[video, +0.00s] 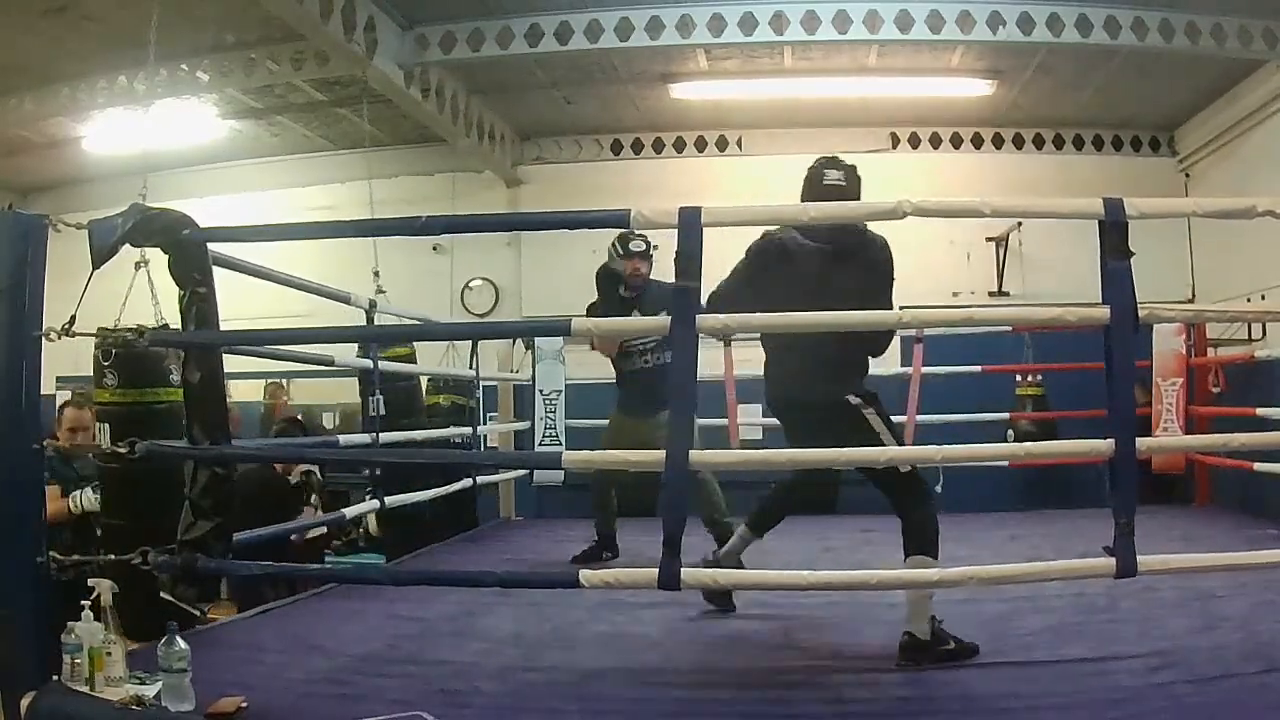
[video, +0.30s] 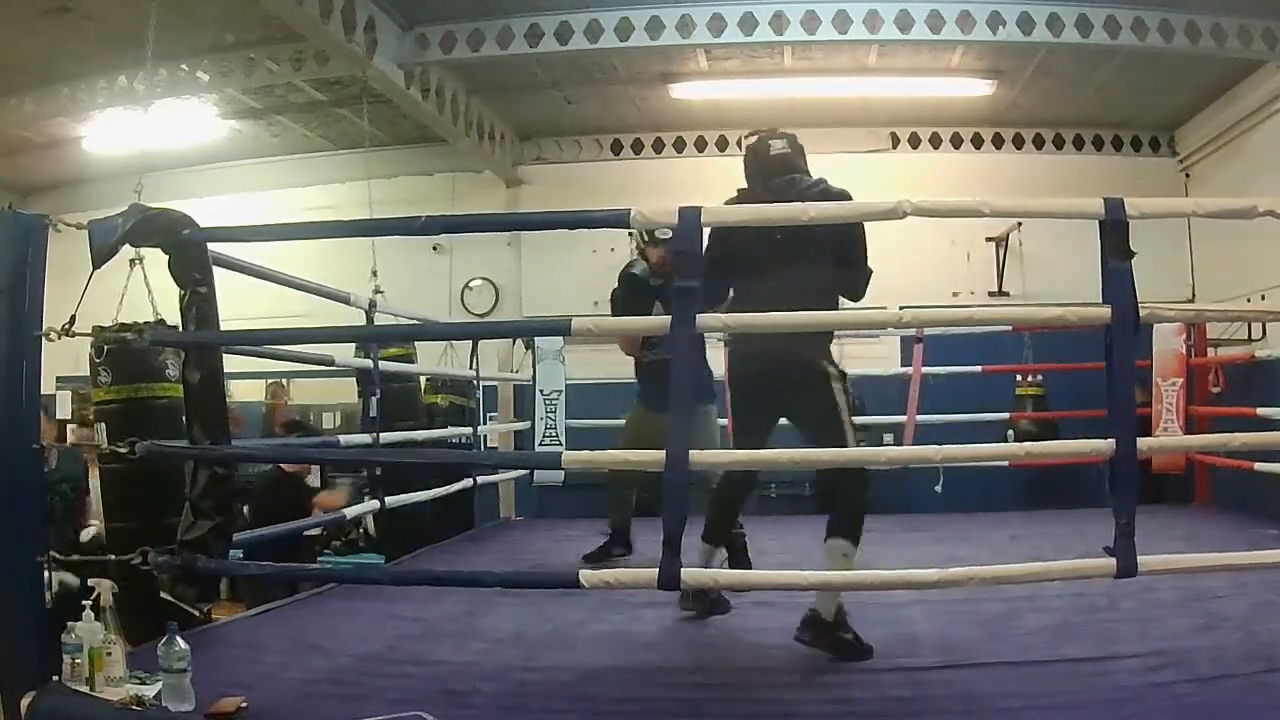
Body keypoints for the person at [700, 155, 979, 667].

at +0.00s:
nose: (839, 212)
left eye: (828, 201)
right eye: (847, 202)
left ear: (804, 200)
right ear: (857, 202)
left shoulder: (772, 247)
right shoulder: (871, 251)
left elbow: (717, 312)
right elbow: (877, 340)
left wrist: (767, 313)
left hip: (785, 396)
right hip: (844, 397)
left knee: (808, 481)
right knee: (916, 500)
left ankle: (723, 562)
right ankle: (921, 630)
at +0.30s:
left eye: (756, 163)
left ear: (751, 168)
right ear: (802, 162)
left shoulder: (731, 211)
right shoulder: (834, 203)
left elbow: (710, 292)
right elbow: (854, 284)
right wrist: (809, 255)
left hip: (748, 365)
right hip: (807, 364)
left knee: (740, 470)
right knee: (849, 481)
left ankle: (698, 581)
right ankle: (827, 613)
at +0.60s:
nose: (644, 243)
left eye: (646, 232)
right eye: (643, 232)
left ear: (662, 232)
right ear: (698, 218)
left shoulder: (682, 277)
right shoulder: (755, 256)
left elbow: (634, 344)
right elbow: (791, 274)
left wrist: (614, 315)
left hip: (722, 409)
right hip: (786, 404)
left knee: (664, 468)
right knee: (793, 499)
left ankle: (662, 580)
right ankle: (846, 588)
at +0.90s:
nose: (672, 213)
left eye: (667, 204)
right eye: (678, 202)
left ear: (660, 204)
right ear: (707, 193)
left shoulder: (653, 257)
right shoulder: (747, 239)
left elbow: (635, 332)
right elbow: (788, 309)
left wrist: (621, 263)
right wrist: (774, 370)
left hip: (685, 407)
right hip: (749, 402)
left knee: (663, 484)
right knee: (778, 499)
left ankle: (655, 581)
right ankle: (787, 618)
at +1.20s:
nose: (696, 187)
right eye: (693, 178)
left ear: (642, 171)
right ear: (683, 179)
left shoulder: (613, 215)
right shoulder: (677, 218)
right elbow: (715, 281)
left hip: (614, 353)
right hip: (649, 358)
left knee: (643, 465)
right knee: (703, 467)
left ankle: (603, 585)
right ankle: (743, 609)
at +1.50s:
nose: (635, 203)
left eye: (635, 194)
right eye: (632, 193)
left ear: (592, 181)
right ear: (613, 189)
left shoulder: (586, 229)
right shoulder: (576, 228)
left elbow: (610, 298)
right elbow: (612, 300)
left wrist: (639, 278)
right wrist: (643, 287)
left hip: (581, 370)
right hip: (562, 371)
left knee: (610, 483)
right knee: (575, 487)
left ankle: (566, 574)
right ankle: (507, 622)